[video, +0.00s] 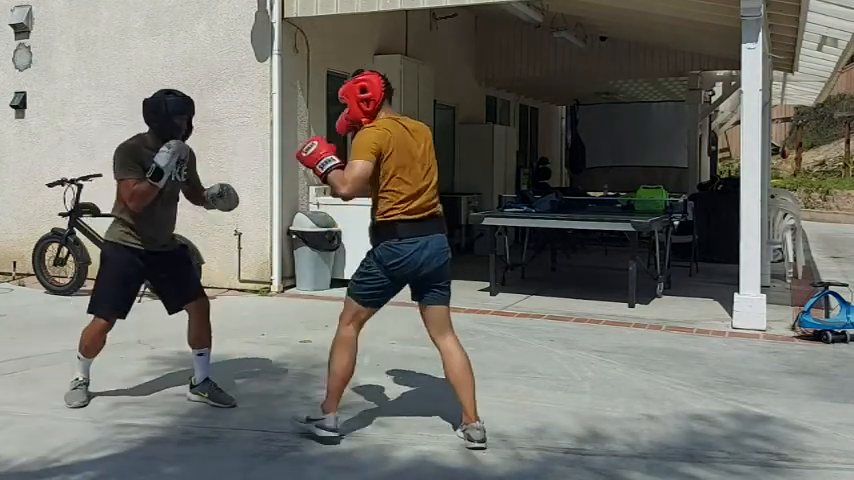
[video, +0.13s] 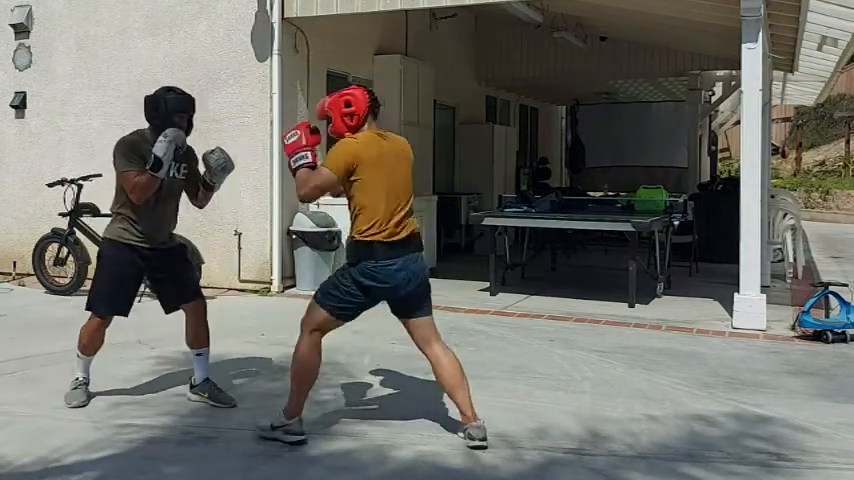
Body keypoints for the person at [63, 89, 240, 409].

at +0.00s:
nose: (189, 126)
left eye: (189, 120)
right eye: (183, 120)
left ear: (182, 122)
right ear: (163, 121)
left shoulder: (183, 153)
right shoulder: (129, 151)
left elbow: (194, 194)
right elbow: (135, 202)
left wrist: (214, 198)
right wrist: (161, 170)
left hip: (164, 247)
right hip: (125, 244)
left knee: (199, 305)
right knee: (104, 319)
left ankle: (200, 381)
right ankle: (80, 378)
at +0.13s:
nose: (188, 125)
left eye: (189, 119)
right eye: (182, 118)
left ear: (187, 122)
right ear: (161, 118)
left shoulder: (186, 154)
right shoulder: (129, 146)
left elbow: (199, 200)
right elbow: (138, 194)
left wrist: (213, 178)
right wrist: (160, 160)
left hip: (164, 246)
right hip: (123, 243)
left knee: (196, 305)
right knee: (101, 315)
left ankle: (200, 381)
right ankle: (80, 380)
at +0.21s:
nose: (185, 123)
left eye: (186, 118)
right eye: (179, 117)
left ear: (182, 122)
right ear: (159, 118)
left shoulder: (182, 153)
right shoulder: (125, 145)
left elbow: (198, 200)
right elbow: (136, 194)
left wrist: (209, 174)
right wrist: (156, 158)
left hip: (163, 246)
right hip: (121, 243)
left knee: (194, 305)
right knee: (101, 316)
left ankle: (200, 381)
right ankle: (80, 380)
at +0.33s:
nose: (177, 125)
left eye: (178, 120)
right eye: (173, 120)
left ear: (170, 123)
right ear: (153, 122)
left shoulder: (174, 150)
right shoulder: (117, 149)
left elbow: (187, 200)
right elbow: (140, 191)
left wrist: (196, 183)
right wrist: (155, 155)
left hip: (162, 247)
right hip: (119, 245)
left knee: (195, 306)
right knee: (96, 320)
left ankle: (203, 377)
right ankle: (80, 379)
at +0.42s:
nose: (170, 126)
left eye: (171, 121)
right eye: (164, 120)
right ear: (148, 118)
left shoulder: (164, 152)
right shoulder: (120, 148)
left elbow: (173, 199)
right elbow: (169, 161)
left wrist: (182, 213)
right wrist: (163, 126)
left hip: (163, 251)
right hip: (120, 250)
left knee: (198, 308)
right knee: (98, 327)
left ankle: (204, 377)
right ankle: (80, 378)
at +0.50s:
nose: (171, 131)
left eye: (171, 126)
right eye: (167, 125)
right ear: (149, 120)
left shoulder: (163, 157)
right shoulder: (120, 147)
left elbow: (170, 204)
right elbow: (166, 155)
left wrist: (173, 225)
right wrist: (160, 123)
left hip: (162, 255)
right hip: (120, 253)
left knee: (199, 311)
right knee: (101, 333)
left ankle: (199, 379)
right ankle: (78, 372)